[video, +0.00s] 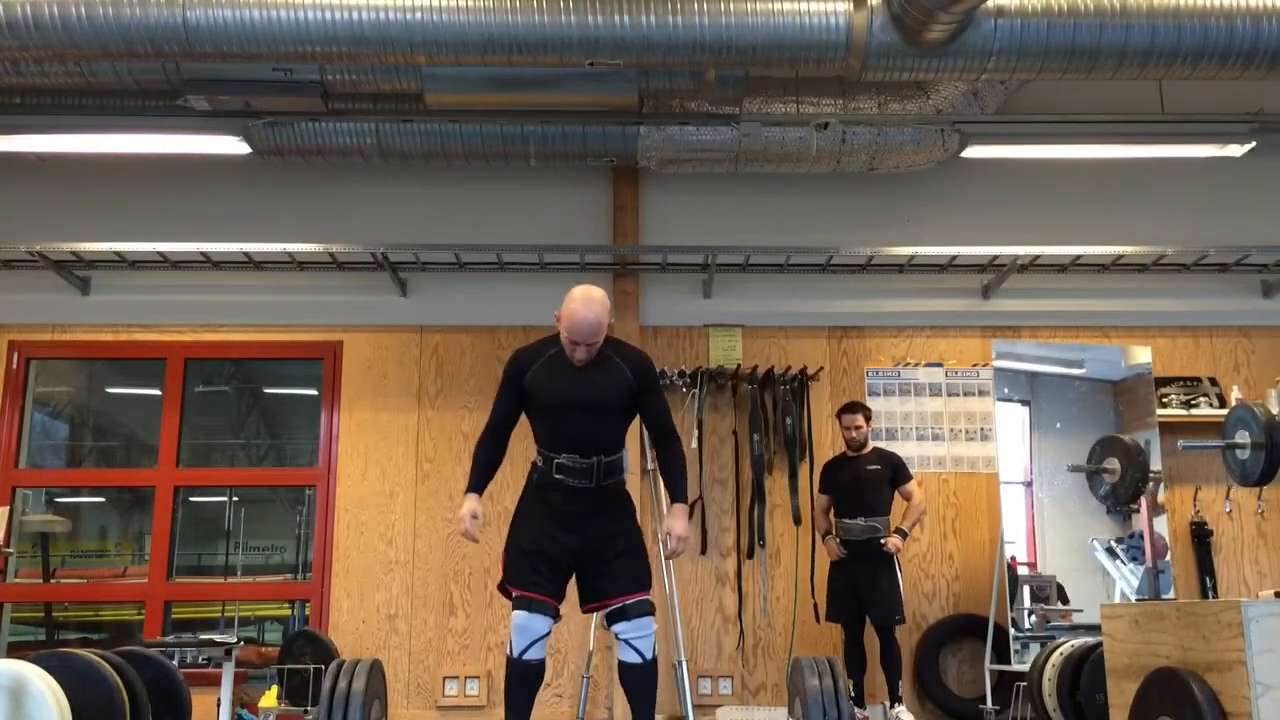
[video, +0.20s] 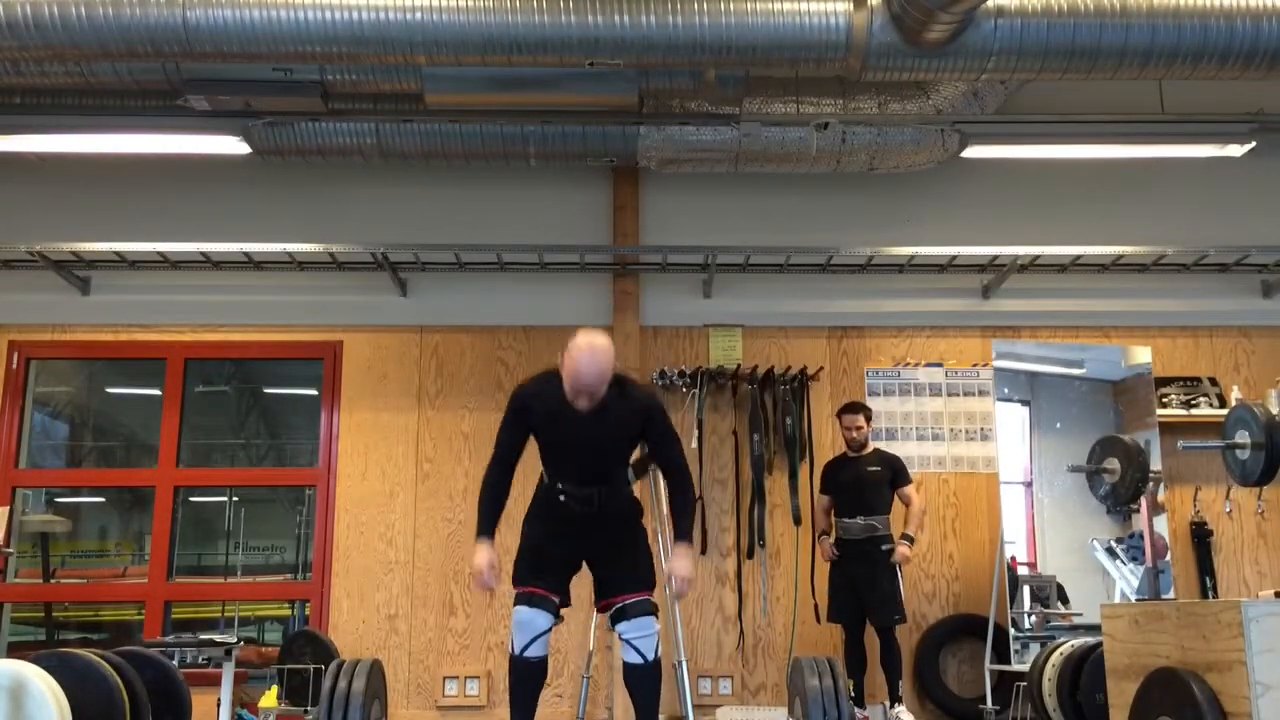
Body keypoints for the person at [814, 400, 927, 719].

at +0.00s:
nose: (852, 434)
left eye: (857, 428)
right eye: (847, 429)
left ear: (869, 426)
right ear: (840, 430)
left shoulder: (890, 461)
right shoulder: (831, 468)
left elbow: (917, 501)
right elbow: (821, 511)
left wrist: (901, 534)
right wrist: (827, 538)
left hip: (880, 557)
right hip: (844, 559)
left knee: (886, 632)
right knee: (852, 633)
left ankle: (896, 704)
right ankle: (858, 706)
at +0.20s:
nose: (853, 434)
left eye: (858, 428)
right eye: (847, 429)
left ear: (869, 426)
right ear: (840, 429)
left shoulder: (889, 462)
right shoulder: (832, 467)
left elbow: (914, 503)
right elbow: (823, 509)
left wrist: (907, 541)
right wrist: (822, 537)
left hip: (880, 556)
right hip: (845, 558)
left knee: (886, 631)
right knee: (852, 633)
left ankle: (896, 704)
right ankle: (858, 707)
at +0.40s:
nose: (855, 436)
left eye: (860, 429)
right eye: (850, 430)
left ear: (871, 428)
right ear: (842, 430)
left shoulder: (890, 464)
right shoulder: (833, 467)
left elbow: (905, 508)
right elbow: (824, 512)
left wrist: (914, 550)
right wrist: (818, 550)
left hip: (880, 555)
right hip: (846, 555)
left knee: (886, 630)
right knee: (853, 632)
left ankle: (896, 704)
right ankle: (857, 706)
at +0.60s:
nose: (857, 435)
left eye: (862, 429)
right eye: (852, 430)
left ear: (873, 428)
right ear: (844, 430)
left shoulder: (892, 465)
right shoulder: (835, 468)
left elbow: (909, 507)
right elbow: (823, 513)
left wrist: (911, 546)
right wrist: (815, 553)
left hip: (881, 555)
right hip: (846, 556)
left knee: (886, 630)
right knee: (852, 632)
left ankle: (896, 703)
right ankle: (858, 706)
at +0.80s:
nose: (858, 435)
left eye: (863, 429)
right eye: (852, 429)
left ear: (874, 428)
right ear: (845, 429)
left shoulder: (893, 465)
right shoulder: (836, 468)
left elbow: (907, 509)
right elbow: (825, 514)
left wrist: (908, 551)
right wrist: (818, 556)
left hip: (881, 556)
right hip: (846, 557)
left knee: (886, 630)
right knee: (852, 632)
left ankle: (896, 703)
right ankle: (858, 705)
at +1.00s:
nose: (858, 435)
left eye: (863, 429)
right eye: (853, 429)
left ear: (875, 428)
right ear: (846, 429)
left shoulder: (893, 465)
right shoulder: (837, 468)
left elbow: (908, 509)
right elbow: (826, 513)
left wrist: (908, 551)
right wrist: (820, 552)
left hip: (882, 558)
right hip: (847, 558)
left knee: (887, 632)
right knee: (853, 633)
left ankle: (896, 704)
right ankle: (858, 705)